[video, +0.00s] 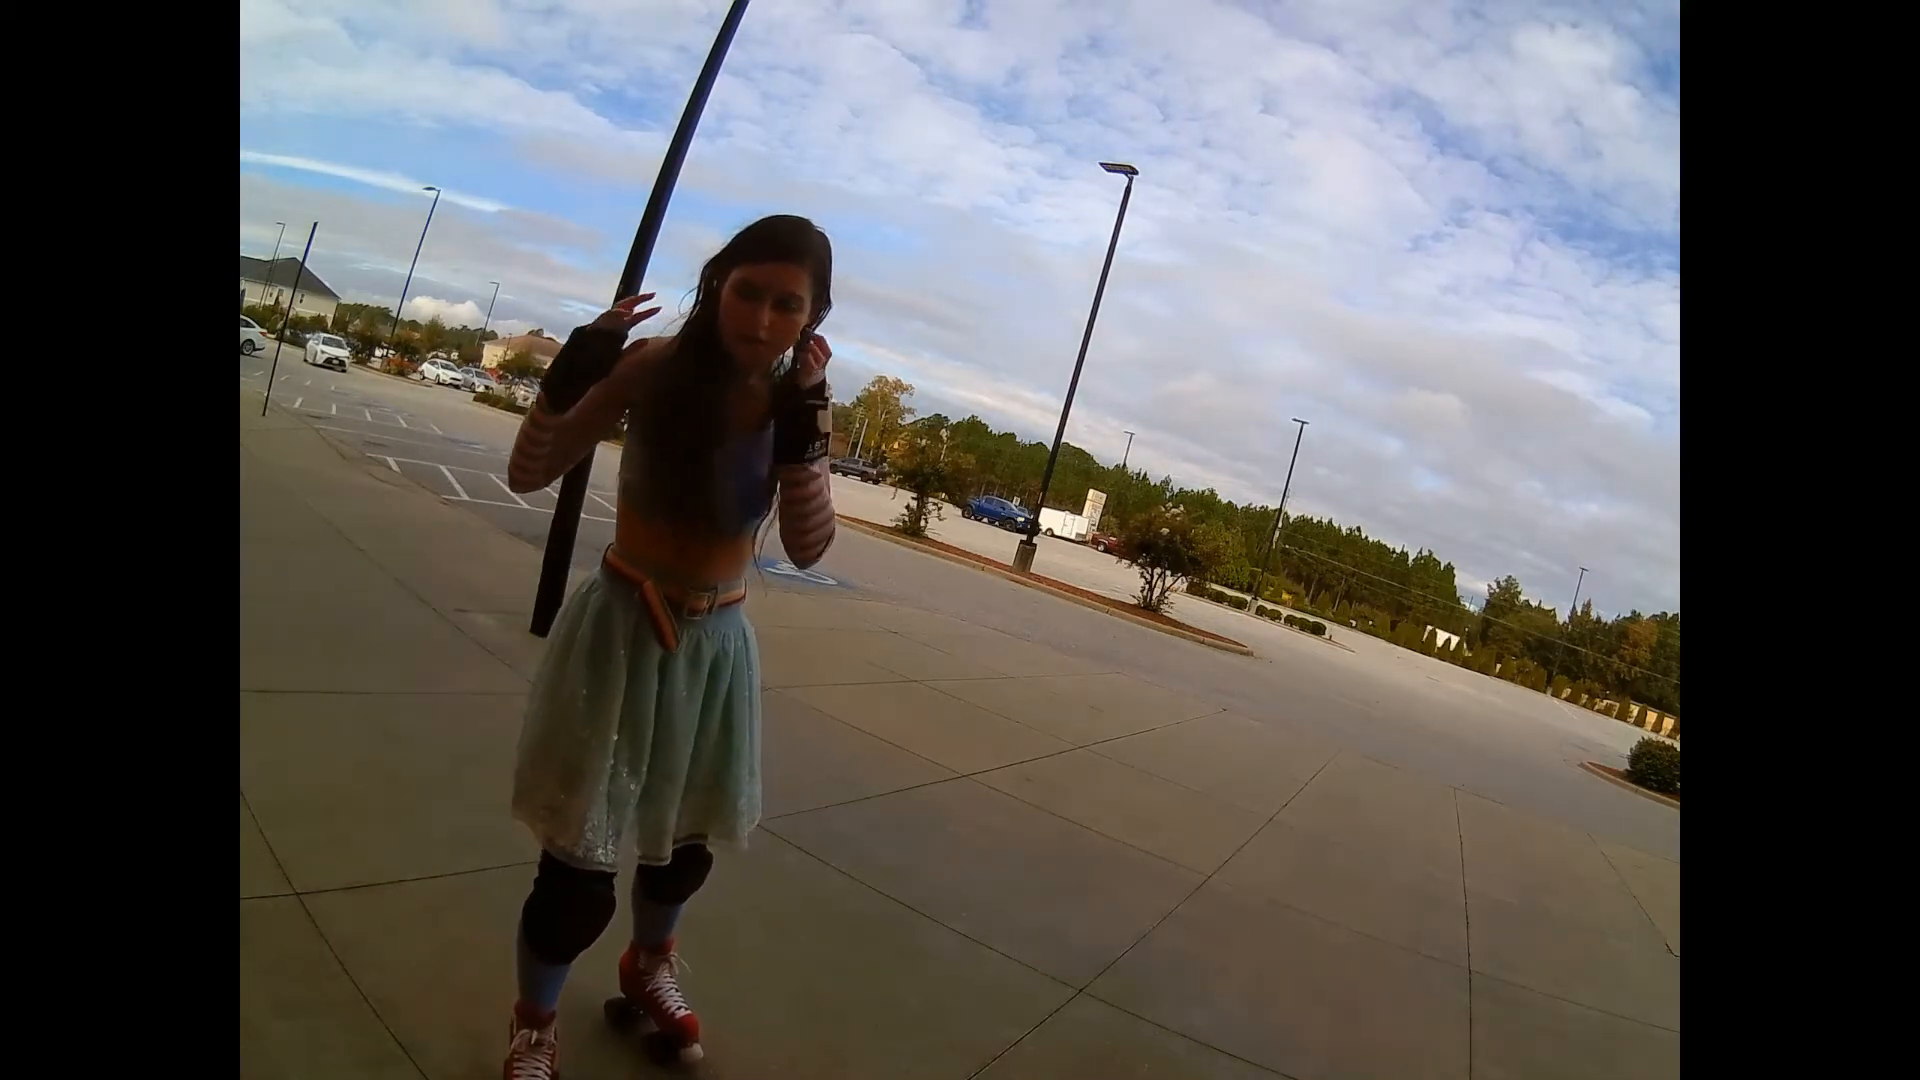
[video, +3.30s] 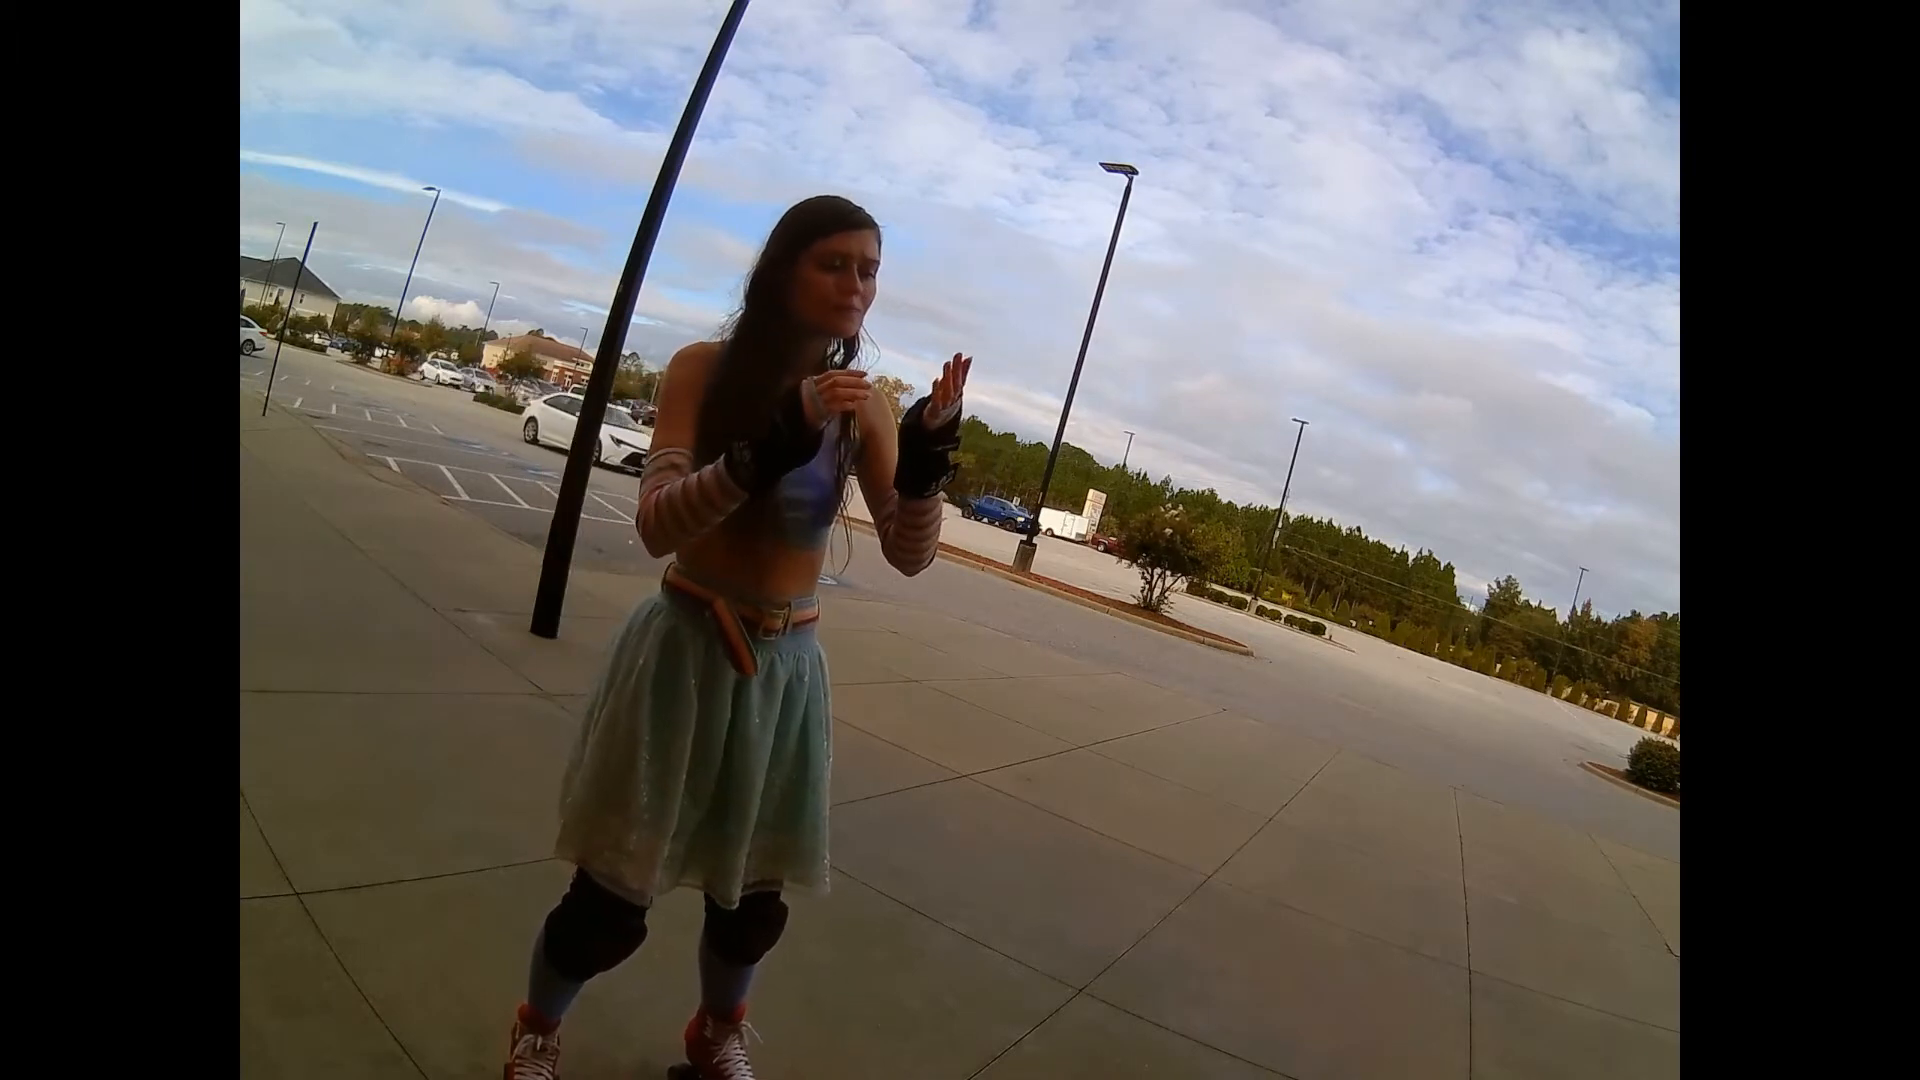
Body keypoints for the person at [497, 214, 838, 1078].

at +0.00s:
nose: (761, 321)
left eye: (786, 305)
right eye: (748, 294)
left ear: (810, 318)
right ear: (715, 288)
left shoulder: (791, 407)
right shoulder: (653, 371)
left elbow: (806, 544)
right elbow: (528, 470)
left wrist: (807, 409)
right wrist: (576, 365)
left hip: (717, 638)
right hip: (621, 626)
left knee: (685, 847)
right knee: (580, 866)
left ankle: (648, 967)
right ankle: (535, 1026)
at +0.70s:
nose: (774, 327)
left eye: (799, 304)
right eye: (755, 300)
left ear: (832, 317)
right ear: (723, 300)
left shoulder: (818, 414)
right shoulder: (658, 384)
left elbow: (784, 568)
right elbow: (533, 516)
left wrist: (771, 514)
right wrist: (537, 479)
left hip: (713, 647)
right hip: (616, 637)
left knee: (694, 868)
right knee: (590, 895)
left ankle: (663, 990)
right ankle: (536, 1041)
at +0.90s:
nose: (797, 325)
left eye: (821, 305)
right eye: (778, 299)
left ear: (850, 319)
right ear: (743, 299)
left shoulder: (829, 417)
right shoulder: (675, 381)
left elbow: (801, 578)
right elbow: (566, 498)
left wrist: (775, 492)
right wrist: (570, 564)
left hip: (721, 651)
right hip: (623, 640)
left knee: (700, 877)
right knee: (591, 904)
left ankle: (674, 998)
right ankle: (535, 1043)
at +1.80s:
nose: (858, 290)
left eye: (883, 276)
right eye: (838, 267)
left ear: (905, 305)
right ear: (800, 280)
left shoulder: (890, 413)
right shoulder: (727, 367)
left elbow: (879, 518)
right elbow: (582, 425)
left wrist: (842, 612)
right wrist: (573, 560)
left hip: (778, 673)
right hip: (668, 647)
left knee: (747, 900)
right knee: (601, 897)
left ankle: (719, 1034)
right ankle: (536, 1035)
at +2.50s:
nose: (914, 302)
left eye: (918, 284)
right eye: (898, 281)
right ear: (834, 283)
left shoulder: (870, 409)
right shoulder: (724, 376)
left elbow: (897, 558)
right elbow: (572, 463)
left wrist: (955, 549)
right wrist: (572, 612)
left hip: (781, 669)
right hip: (683, 652)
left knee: (746, 893)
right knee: (610, 896)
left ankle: (711, 1032)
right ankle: (538, 1027)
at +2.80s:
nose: (875, 299)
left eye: (885, 283)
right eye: (858, 278)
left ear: (886, 294)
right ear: (802, 276)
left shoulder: (857, 406)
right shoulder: (705, 377)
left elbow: (898, 552)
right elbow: (620, 522)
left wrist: (948, 445)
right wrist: (686, 555)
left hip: (780, 666)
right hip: (678, 647)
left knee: (751, 895)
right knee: (611, 892)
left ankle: (715, 1033)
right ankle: (538, 1023)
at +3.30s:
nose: (855, 285)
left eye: (869, 272)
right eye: (836, 265)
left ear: (877, 288)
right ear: (785, 268)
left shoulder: (861, 400)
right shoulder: (704, 370)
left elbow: (908, 552)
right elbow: (658, 526)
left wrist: (927, 454)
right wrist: (767, 448)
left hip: (785, 667)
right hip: (681, 650)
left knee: (754, 908)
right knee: (609, 907)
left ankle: (718, 1036)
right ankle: (536, 1037)